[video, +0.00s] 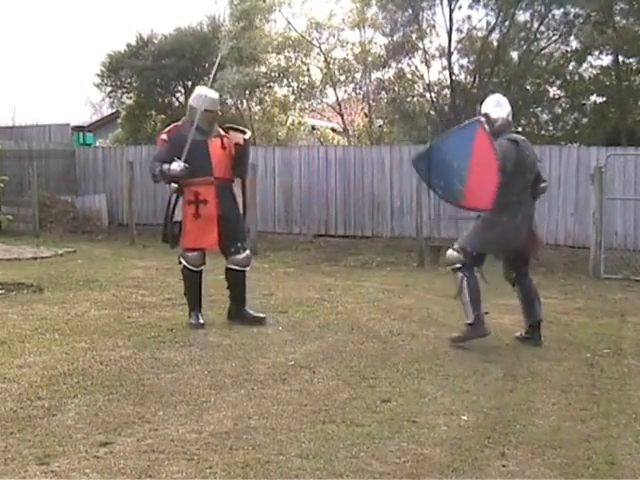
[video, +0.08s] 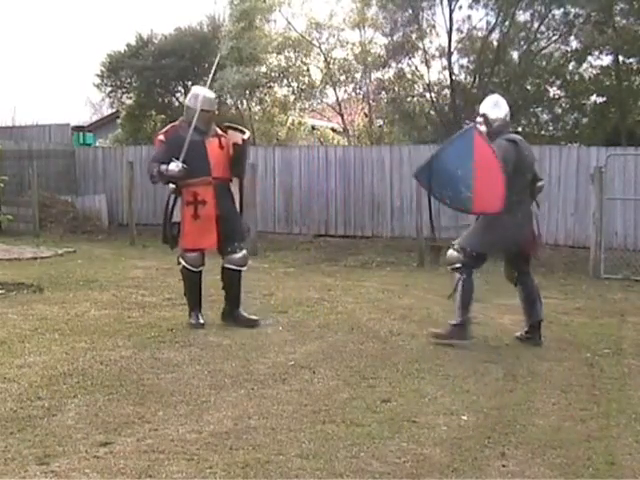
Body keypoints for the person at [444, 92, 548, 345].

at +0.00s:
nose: (483, 124)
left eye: (484, 120)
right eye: (483, 120)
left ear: (489, 120)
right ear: (508, 117)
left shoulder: (499, 147)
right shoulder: (525, 146)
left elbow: (488, 185)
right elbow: (539, 183)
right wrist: (520, 203)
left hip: (497, 222)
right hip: (522, 224)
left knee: (461, 260)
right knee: (519, 273)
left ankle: (475, 323)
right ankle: (534, 328)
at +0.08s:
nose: (480, 124)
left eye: (482, 119)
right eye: (481, 119)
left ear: (491, 119)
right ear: (506, 118)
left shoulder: (500, 147)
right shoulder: (522, 145)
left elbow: (488, 181)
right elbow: (536, 181)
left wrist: (478, 138)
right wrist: (521, 201)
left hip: (496, 221)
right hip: (521, 222)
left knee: (463, 263)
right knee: (521, 272)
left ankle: (460, 325)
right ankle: (534, 329)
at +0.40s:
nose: (458, 129)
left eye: (460, 124)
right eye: (458, 125)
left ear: (470, 125)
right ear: (483, 124)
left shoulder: (479, 151)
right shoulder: (502, 149)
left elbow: (469, 183)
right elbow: (507, 185)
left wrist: (457, 149)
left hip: (480, 225)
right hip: (505, 224)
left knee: (451, 271)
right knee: (513, 274)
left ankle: (433, 327)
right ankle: (533, 328)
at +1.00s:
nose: (456, 128)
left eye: (460, 123)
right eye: (455, 123)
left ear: (471, 125)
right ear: (477, 125)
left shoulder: (471, 154)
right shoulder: (492, 151)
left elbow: (449, 177)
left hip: (473, 222)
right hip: (493, 221)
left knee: (443, 268)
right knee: (493, 269)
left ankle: (432, 327)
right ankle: (516, 321)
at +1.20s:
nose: (456, 129)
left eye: (459, 124)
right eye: (457, 124)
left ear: (465, 126)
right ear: (479, 126)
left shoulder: (472, 154)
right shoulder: (492, 151)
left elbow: (454, 180)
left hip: (473, 221)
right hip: (494, 220)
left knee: (442, 268)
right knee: (490, 269)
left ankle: (432, 327)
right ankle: (516, 321)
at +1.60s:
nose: (456, 128)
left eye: (459, 123)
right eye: (456, 123)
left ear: (467, 124)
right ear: (479, 123)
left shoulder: (474, 152)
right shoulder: (491, 150)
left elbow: (458, 181)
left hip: (471, 219)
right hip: (491, 218)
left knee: (443, 267)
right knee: (493, 269)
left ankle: (433, 327)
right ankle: (516, 322)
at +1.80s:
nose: (455, 128)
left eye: (458, 123)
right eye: (456, 123)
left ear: (464, 124)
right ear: (478, 124)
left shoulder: (471, 152)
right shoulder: (490, 151)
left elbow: (455, 180)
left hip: (469, 220)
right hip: (489, 219)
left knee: (442, 267)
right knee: (491, 269)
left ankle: (432, 327)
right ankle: (516, 322)